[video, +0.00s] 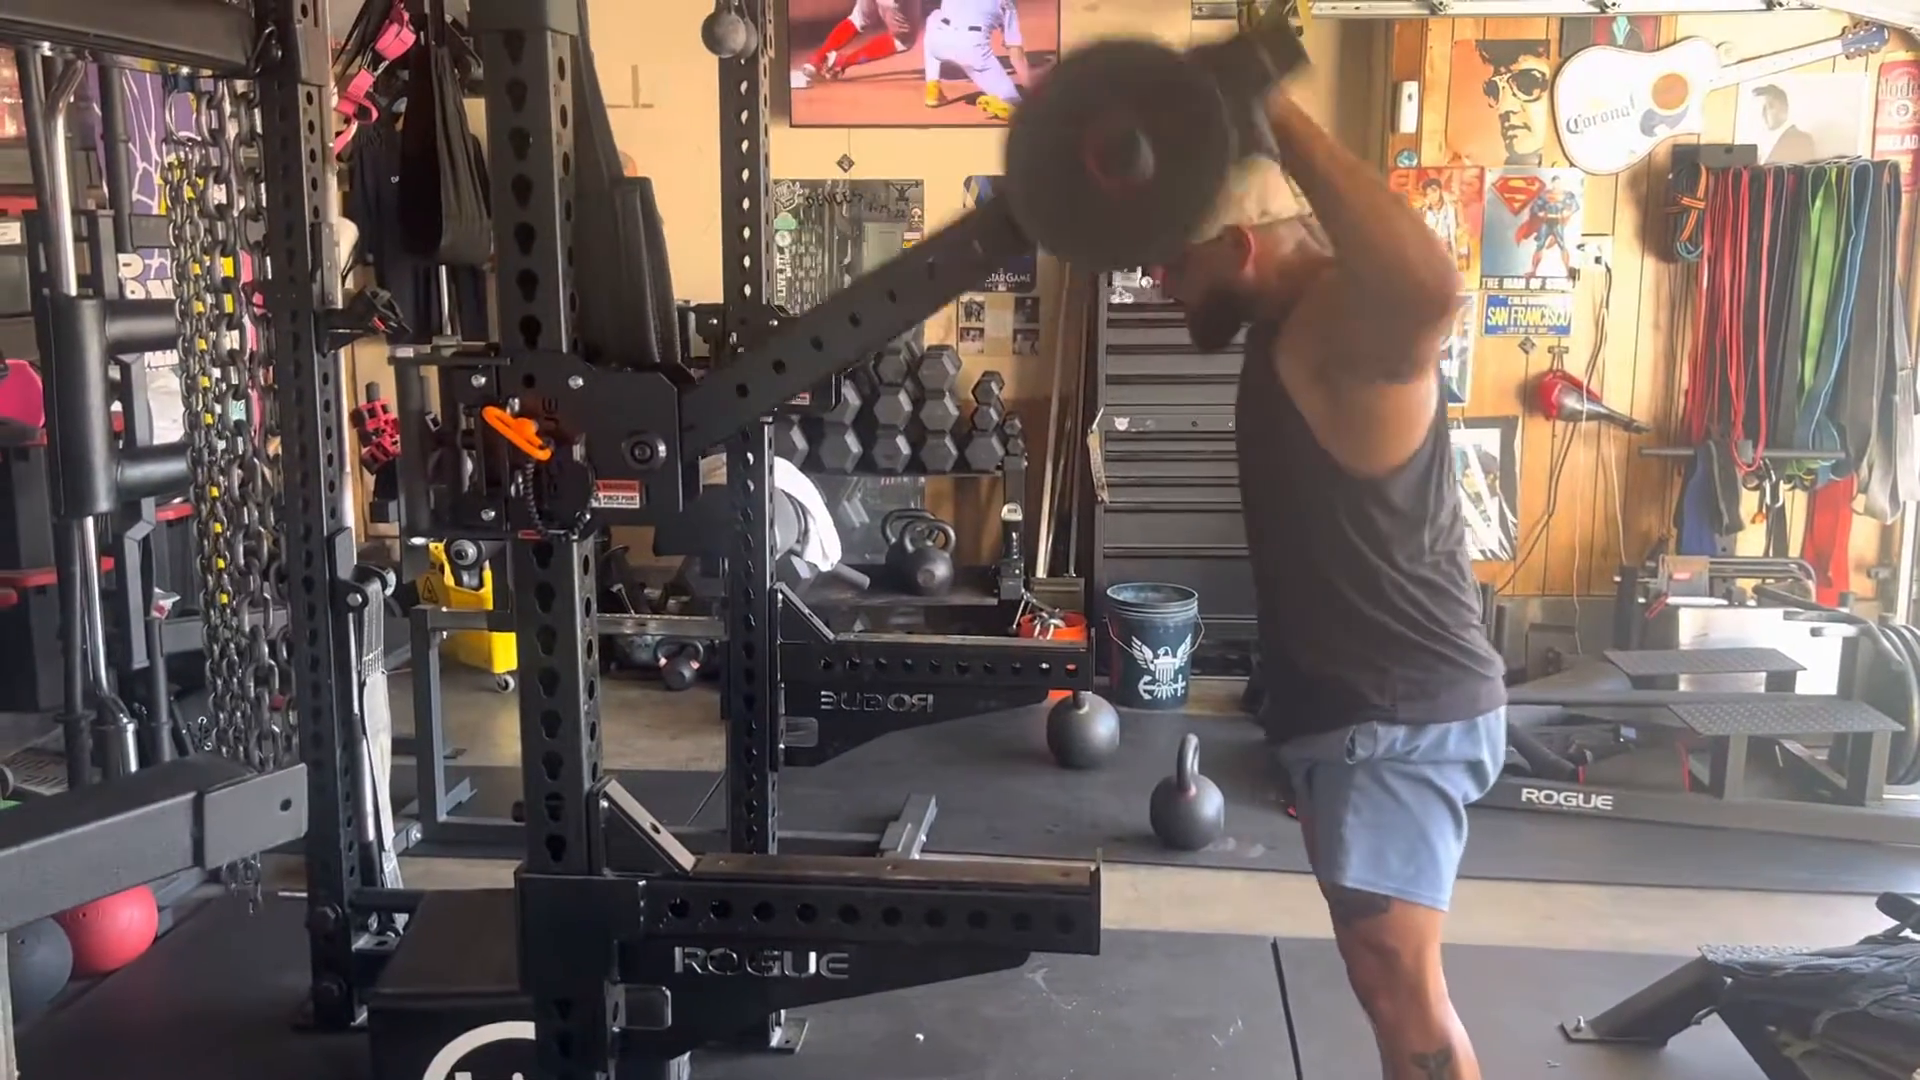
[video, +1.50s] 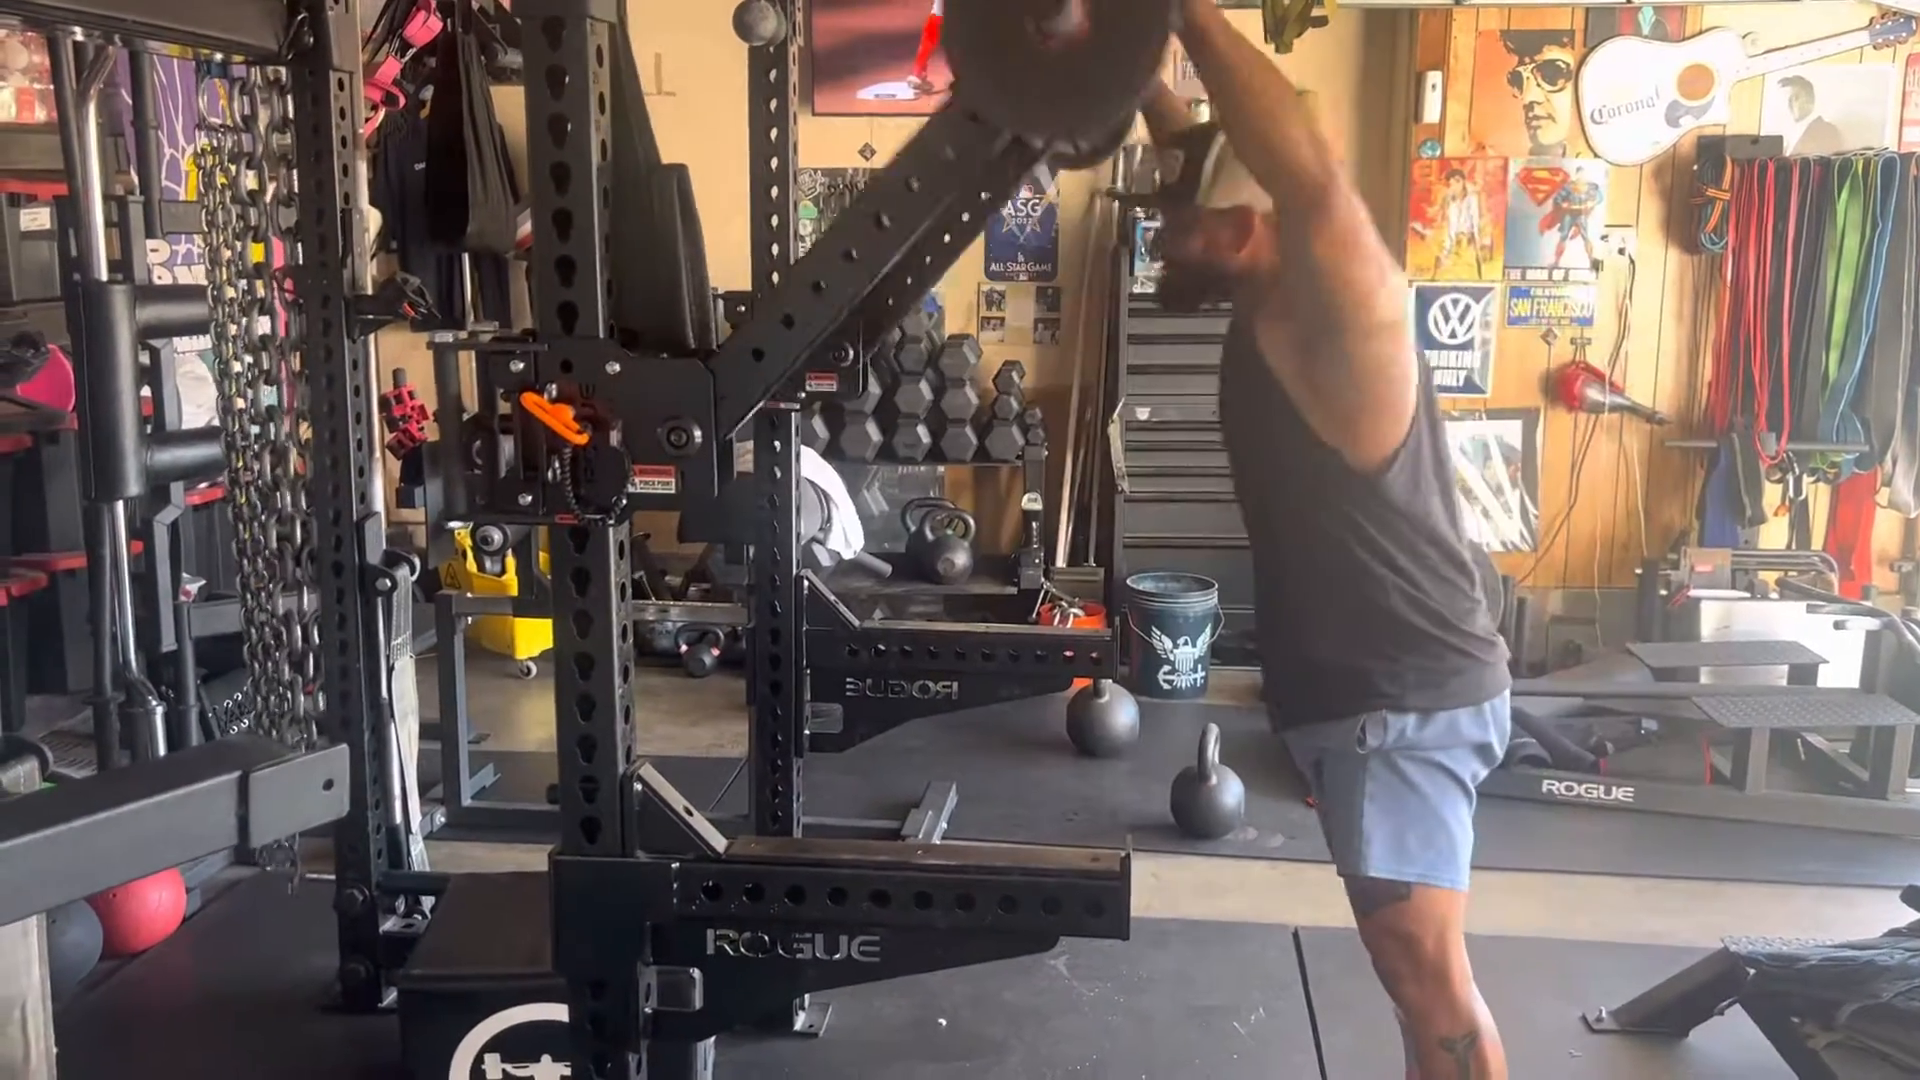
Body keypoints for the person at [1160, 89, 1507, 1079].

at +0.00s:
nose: (1161, 285)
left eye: (1173, 257)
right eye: (1156, 259)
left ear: (1243, 237)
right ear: (1241, 242)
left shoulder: (1350, 320)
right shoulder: (1292, 326)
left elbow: (1430, 285)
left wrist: (1281, 115)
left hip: (1396, 717)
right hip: (1351, 707)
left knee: (1400, 984)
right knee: (1390, 975)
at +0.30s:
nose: (1351, 256)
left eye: (1363, 230)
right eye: (1350, 233)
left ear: (1441, 229)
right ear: (1440, 230)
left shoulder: (1545, 323)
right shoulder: (1457, 329)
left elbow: (1588, 467)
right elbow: (1415, 411)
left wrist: (1374, 533)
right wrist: (1302, 426)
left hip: (1543, 710)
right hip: (1447, 693)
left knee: (1442, 969)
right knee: (1387, 876)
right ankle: (1426, 1052)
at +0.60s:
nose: (1333, 354)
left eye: (1348, 331)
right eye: (1334, 332)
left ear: (1427, 340)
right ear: (1426, 341)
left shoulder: (1521, 447)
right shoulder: (1429, 432)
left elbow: (1445, 644)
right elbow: (1330, 543)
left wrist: (1252, 742)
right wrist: (1203, 599)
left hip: (1637, 765)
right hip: (1529, 735)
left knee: (1444, 982)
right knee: (1397, 878)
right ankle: (1432, 1062)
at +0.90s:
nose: (1433, 320)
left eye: (1451, 298)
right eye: (1434, 298)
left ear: (1532, 310)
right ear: (1523, 313)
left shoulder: (1606, 429)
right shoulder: (1497, 409)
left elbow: (1455, 584)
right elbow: (1370, 508)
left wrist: (1274, 701)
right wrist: (1222, 584)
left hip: (1667, 762)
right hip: (1555, 731)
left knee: (1466, 977)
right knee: (1419, 872)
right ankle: (1436, 1064)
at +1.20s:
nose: (1391, 223)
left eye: (1410, 202)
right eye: (1387, 200)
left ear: (1471, 198)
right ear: (1403, 194)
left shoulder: (1549, 308)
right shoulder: (1444, 298)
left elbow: (1619, 390)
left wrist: (1411, 312)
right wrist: (1286, 268)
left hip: (1447, 703)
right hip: (1387, 688)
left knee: (1418, 972)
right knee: (1408, 963)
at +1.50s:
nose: (1177, 253)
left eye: (1193, 228)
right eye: (1179, 230)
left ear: (1250, 221)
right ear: (1248, 227)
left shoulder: (1332, 290)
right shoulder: (1277, 304)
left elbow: (1311, 167)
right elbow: (1212, 196)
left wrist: (1189, 8)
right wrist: (1166, 98)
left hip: (1402, 696)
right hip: (1366, 692)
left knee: (1424, 971)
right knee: (1413, 962)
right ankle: (1438, 1069)